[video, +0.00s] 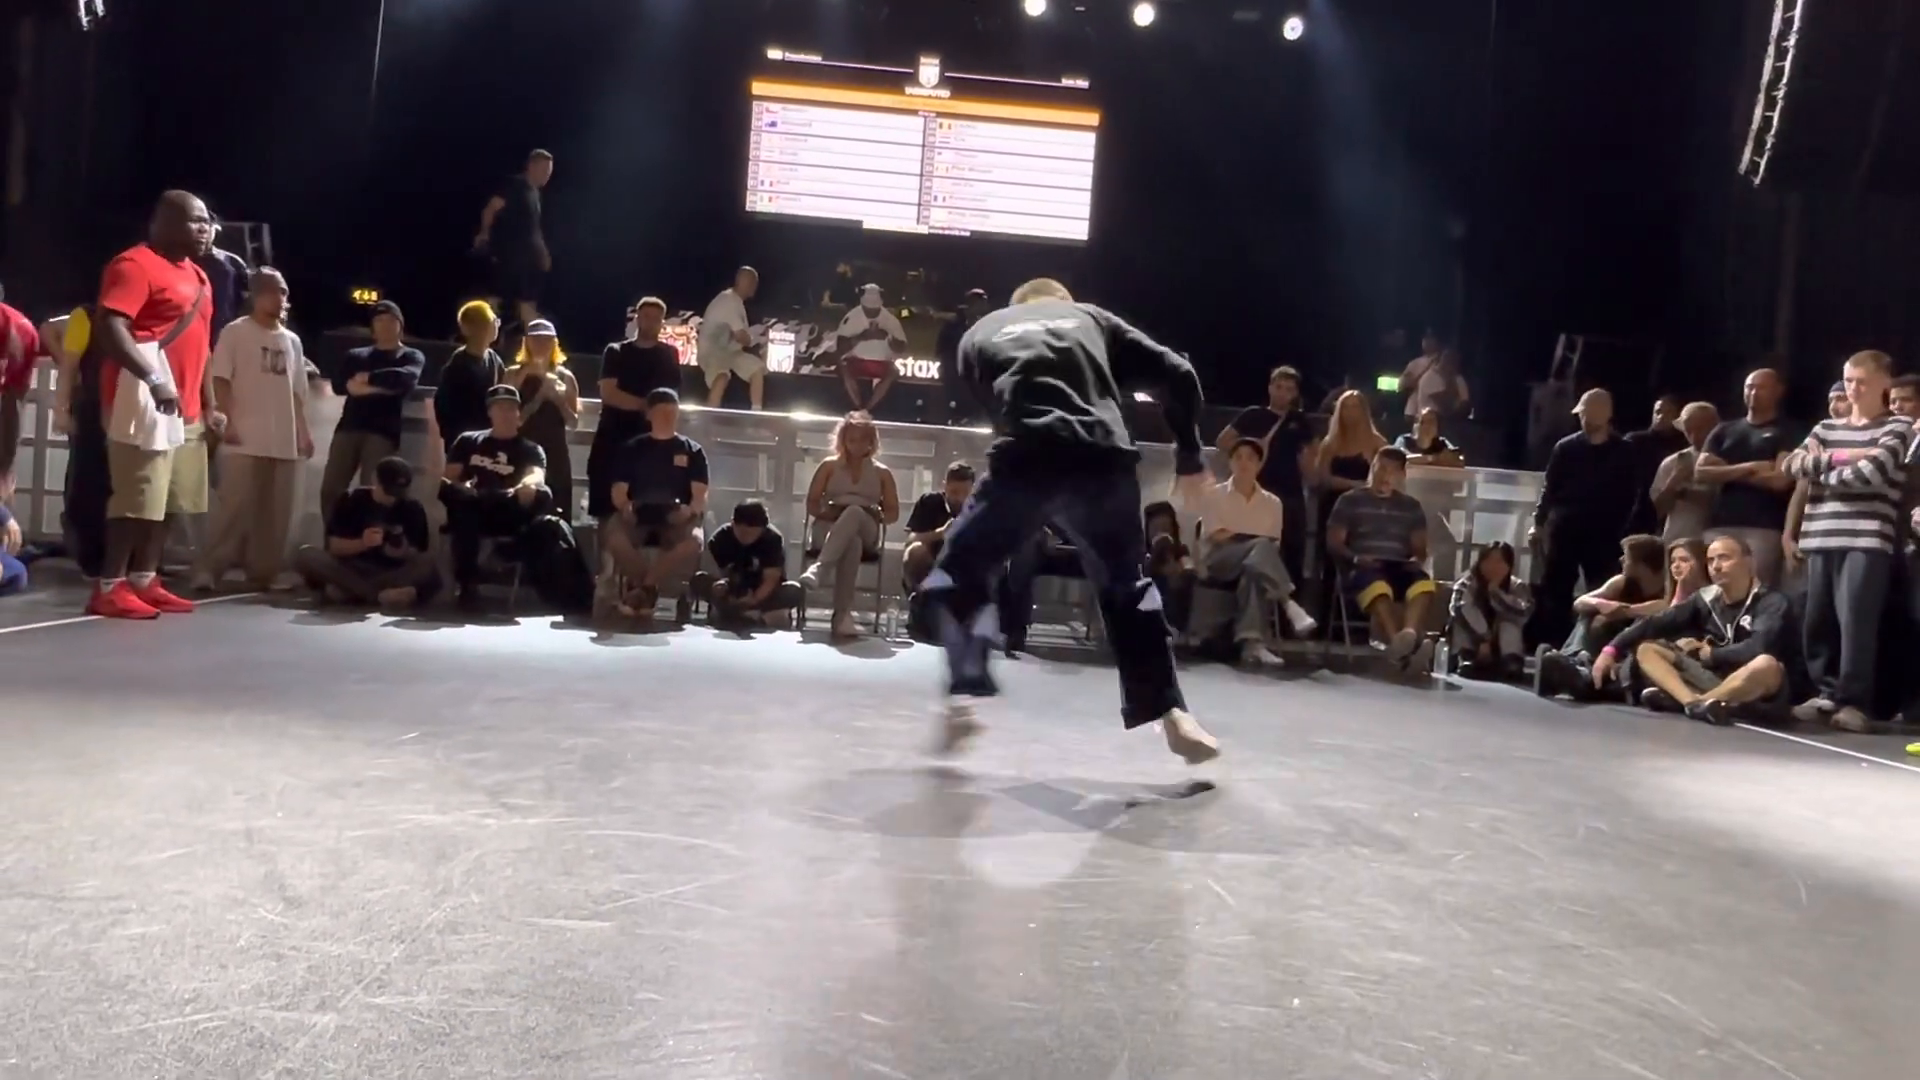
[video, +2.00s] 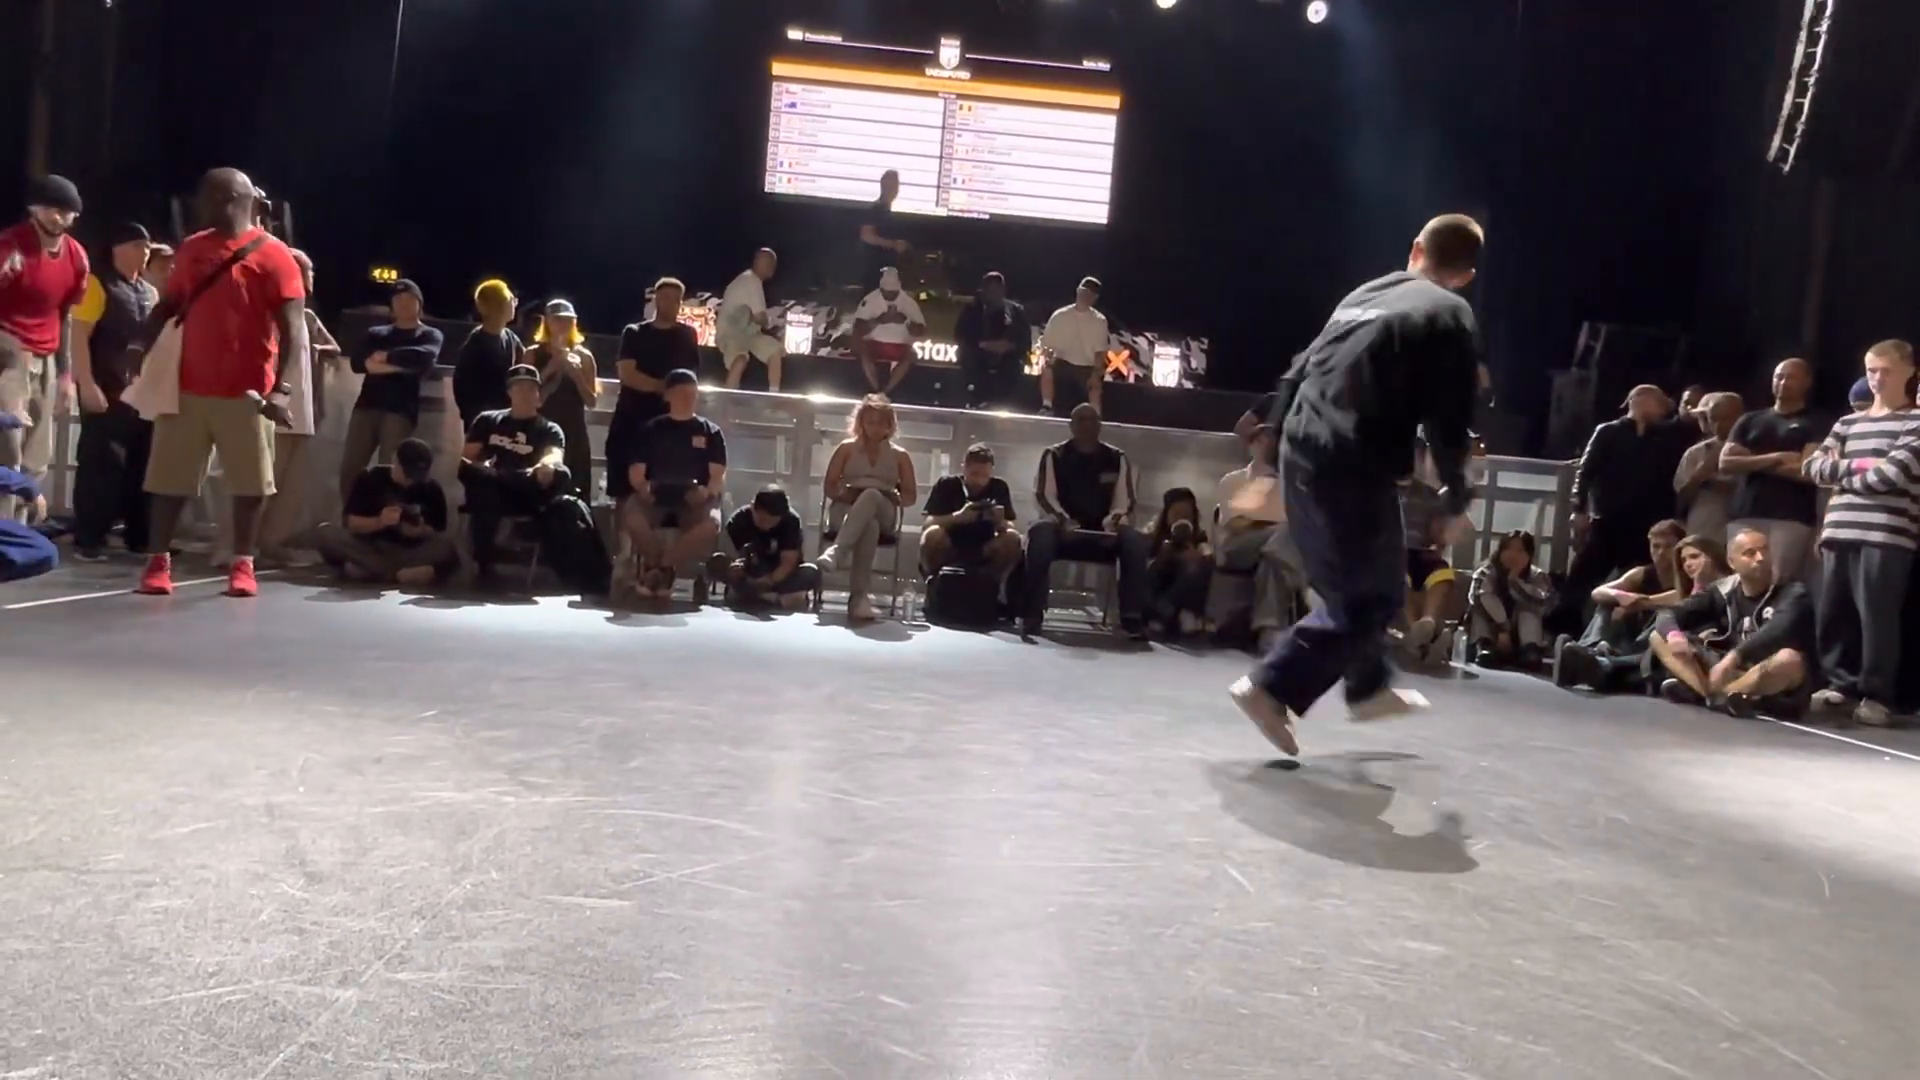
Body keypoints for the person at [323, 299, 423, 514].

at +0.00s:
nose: (385, 325)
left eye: (390, 320)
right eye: (380, 321)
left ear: (400, 326)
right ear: (373, 327)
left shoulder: (412, 356)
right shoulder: (356, 355)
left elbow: (405, 381)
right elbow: (339, 386)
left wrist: (367, 378)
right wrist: (380, 388)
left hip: (382, 434)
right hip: (349, 430)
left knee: (373, 495)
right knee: (331, 490)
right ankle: (332, 543)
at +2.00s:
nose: (403, 304)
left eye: (408, 299)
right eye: (398, 300)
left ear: (419, 305)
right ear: (392, 306)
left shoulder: (431, 334)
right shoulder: (376, 332)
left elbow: (424, 359)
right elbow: (358, 364)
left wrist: (385, 356)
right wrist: (401, 366)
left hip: (400, 411)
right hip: (367, 408)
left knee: (389, 472)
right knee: (350, 468)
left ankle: (384, 525)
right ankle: (349, 524)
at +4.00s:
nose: (404, 303)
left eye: (410, 299)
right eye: (399, 299)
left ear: (419, 306)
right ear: (392, 307)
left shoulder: (430, 335)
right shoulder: (375, 333)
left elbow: (423, 362)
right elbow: (357, 364)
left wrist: (384, 356)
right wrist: (398, 367)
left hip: (399, 412)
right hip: (367, 408)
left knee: (394, 473)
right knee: (348, 468)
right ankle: (348, 517)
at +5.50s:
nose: (376, 330)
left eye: (381, 325)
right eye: (371, 325)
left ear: (390, 331)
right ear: (363, 331)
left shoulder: (402, 360)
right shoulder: (348, 359)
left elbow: (397, 384)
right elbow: (329, 390)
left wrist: (357, 382)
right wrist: (372, 392)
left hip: (374, 437)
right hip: (341, 434)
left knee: (370, 498)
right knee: (324, 496)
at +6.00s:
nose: (370, 336)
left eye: (375, 331)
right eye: (365, 331)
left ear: (386, 336)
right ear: (359, 337)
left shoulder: (399, 365)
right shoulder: (344, 365)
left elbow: (394, 390)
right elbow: (325, 396)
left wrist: (355, 389)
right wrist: (367, 399)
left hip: (371, 443)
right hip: (338, 441)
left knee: (366, 504)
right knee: (323, 502)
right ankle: (321, 551)